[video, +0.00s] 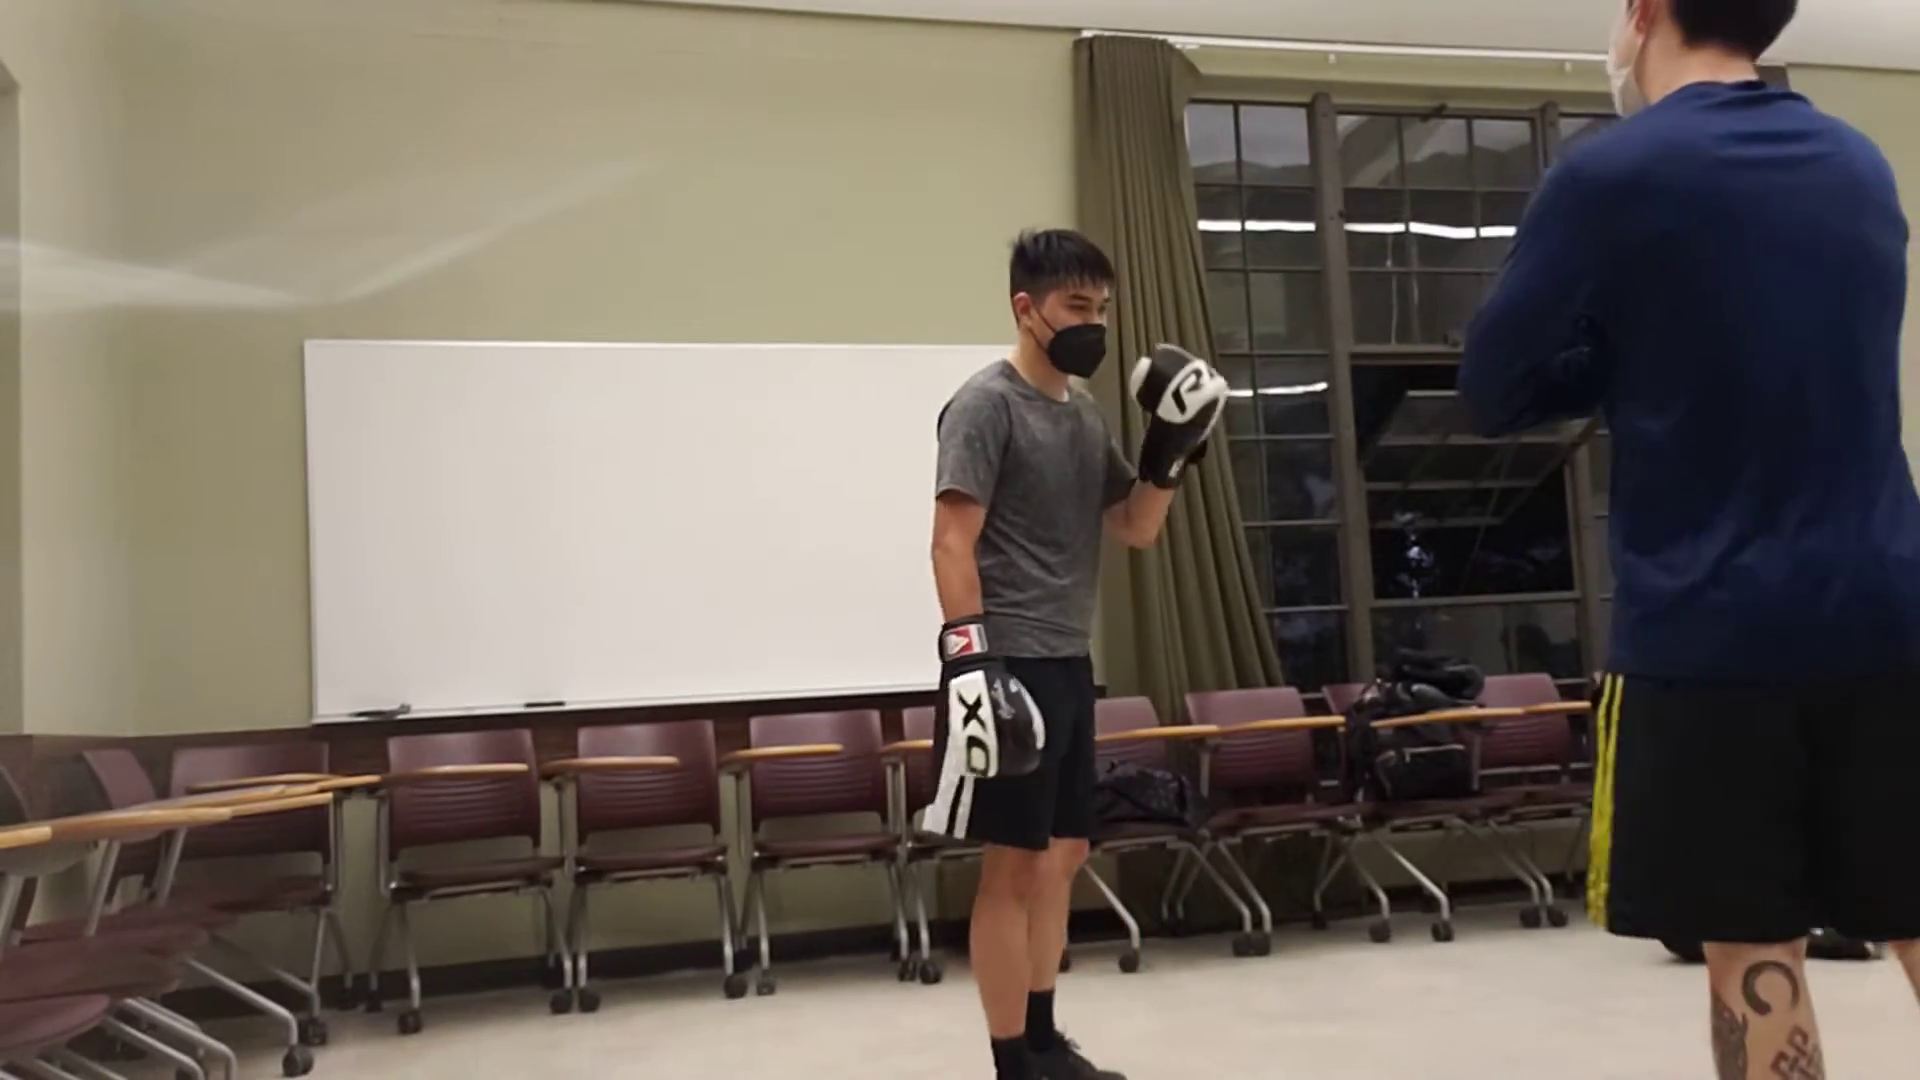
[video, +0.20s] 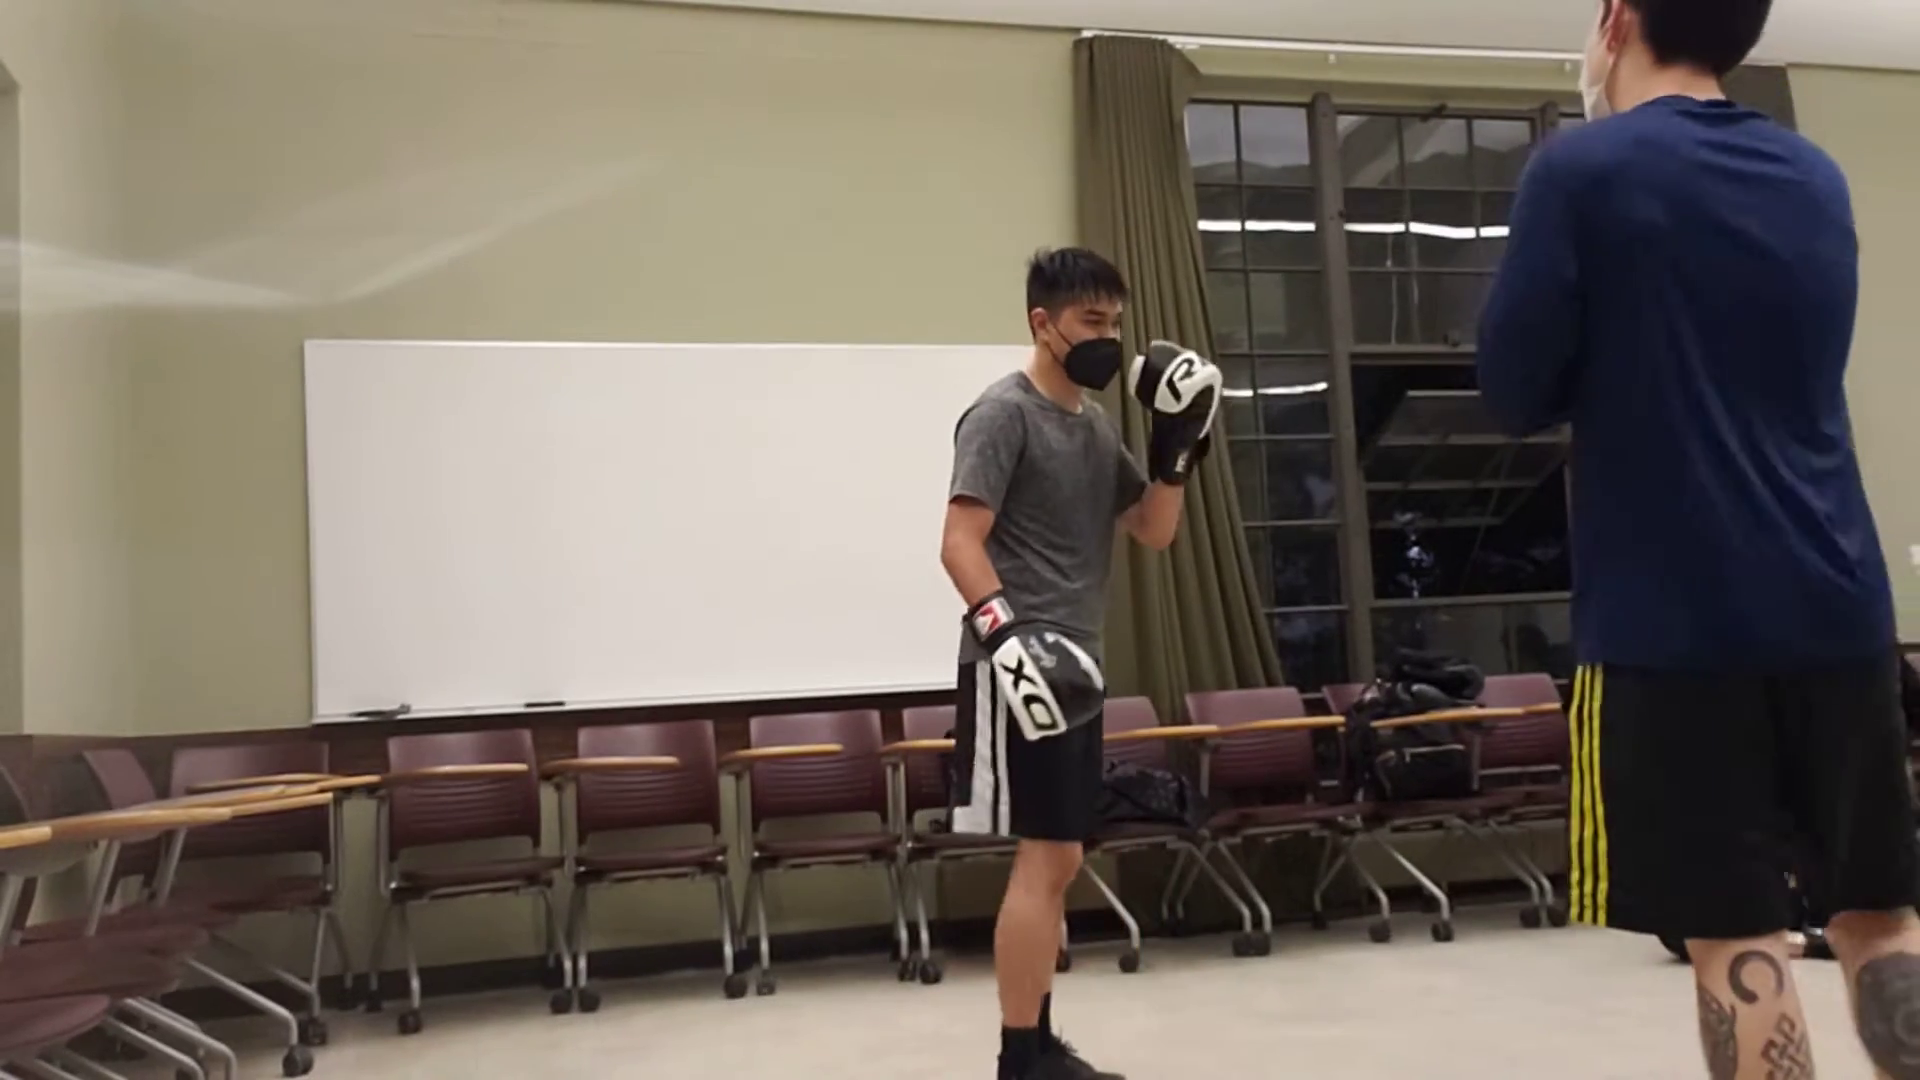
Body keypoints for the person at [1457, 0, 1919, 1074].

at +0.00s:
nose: (1622, 39)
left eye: (1623, 20)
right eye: (1625, 22)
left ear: (1647, 18)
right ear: (1763, 31)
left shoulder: (1610, 172)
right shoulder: (1862, 165)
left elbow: (1496, 388)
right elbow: (1816, 343)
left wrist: (1644, 348)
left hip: (1708, 625)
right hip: (1885, 610)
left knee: (1751, 945)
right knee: (1914, 919)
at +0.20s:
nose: (1595, 37)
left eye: (1599, 21)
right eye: (1602, 23)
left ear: (1620, 23)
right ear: (1736, 43)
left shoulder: (1579, 167)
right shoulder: (1816, 176)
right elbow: (1784, 359)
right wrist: (1631, 132)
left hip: (1670, 617)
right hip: (1838, 603)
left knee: (1739, 950)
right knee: (1880, 914)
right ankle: (1904, 1057)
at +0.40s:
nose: (1589, 72)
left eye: (1592, 46)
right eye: (1594, 49)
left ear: (1613, 49)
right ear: (1728, 66)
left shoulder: (1604, 196)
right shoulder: (1789, 205)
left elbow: (1506, 417)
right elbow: (1744, 393)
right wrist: (1617, 178)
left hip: (1653, 630)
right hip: (1798, 617)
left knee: (1725, 946)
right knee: (1814, 929)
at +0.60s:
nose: (1595, 108)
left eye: (1600, 84)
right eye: (1601, 84)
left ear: (1633, 86)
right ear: (1733, 101)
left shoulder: (1623, 223)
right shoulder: (1783, 240)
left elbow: (1500, 417)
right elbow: (1723, 414)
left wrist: (1478, 359)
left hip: (1648, 643)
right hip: (1764, 633)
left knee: (1716, 939)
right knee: (1771, 911)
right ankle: (1800, 1074)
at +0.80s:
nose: (1598, 128)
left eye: (1603, 105)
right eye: (1602, 106)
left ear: (1637, 107)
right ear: (1728, 122)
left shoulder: (1634, 231)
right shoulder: (1772, 254)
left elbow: (1519, 412)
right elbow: (1687, 415)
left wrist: (1484, 365)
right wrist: (1533, 373)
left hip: (1654, 640)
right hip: (1770, 636)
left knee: (1695, 925)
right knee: (1781, 902)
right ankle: (1806, 1076)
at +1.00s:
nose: (1591, 157)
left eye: (1597, 132)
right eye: (1596, 134)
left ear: (1636, 131)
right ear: (1707, 145)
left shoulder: (1642, 250)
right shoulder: (1766, 268)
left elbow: (1553, 431)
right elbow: (1711, 432)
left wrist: (1511, 391)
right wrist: (1557, 385)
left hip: (1670, 643)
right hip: (1778, 639)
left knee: (1631, 904)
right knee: (1782, 894)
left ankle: (1746, 1069)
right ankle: (1804, 1078)